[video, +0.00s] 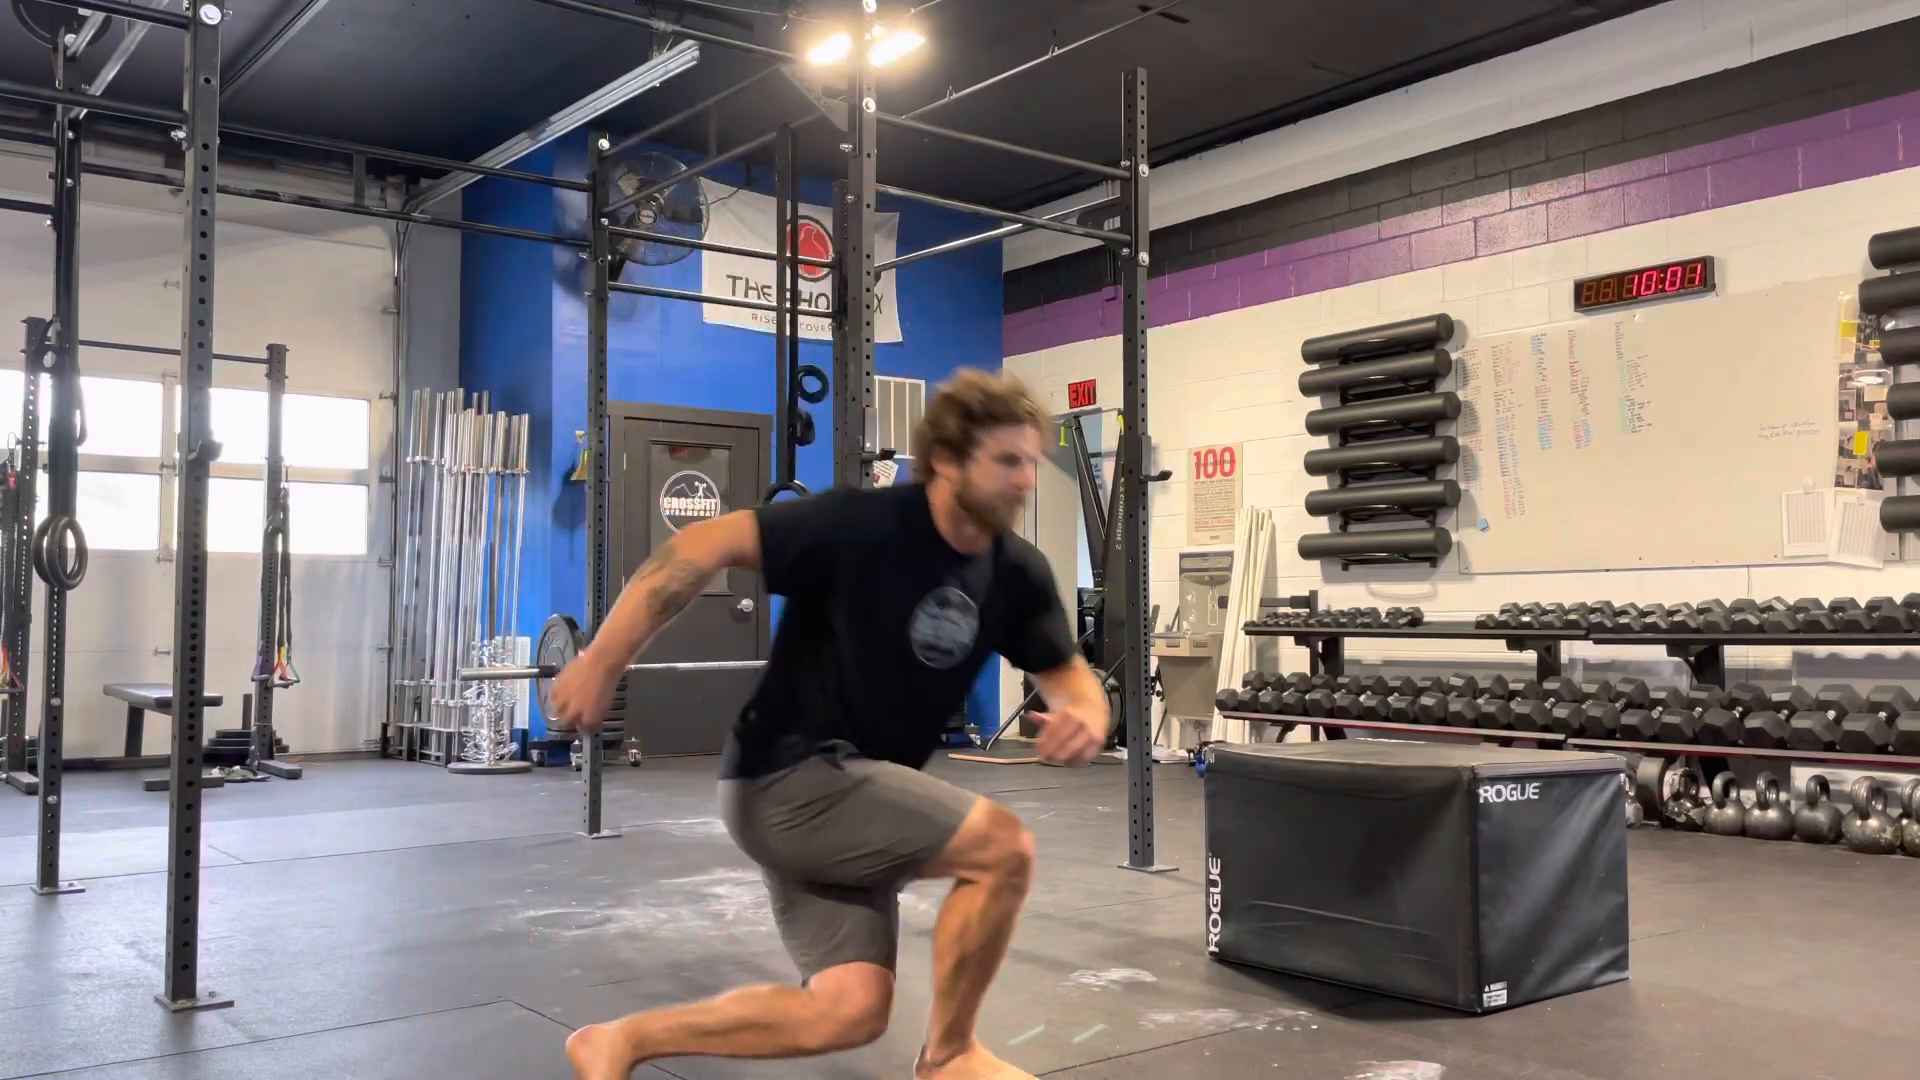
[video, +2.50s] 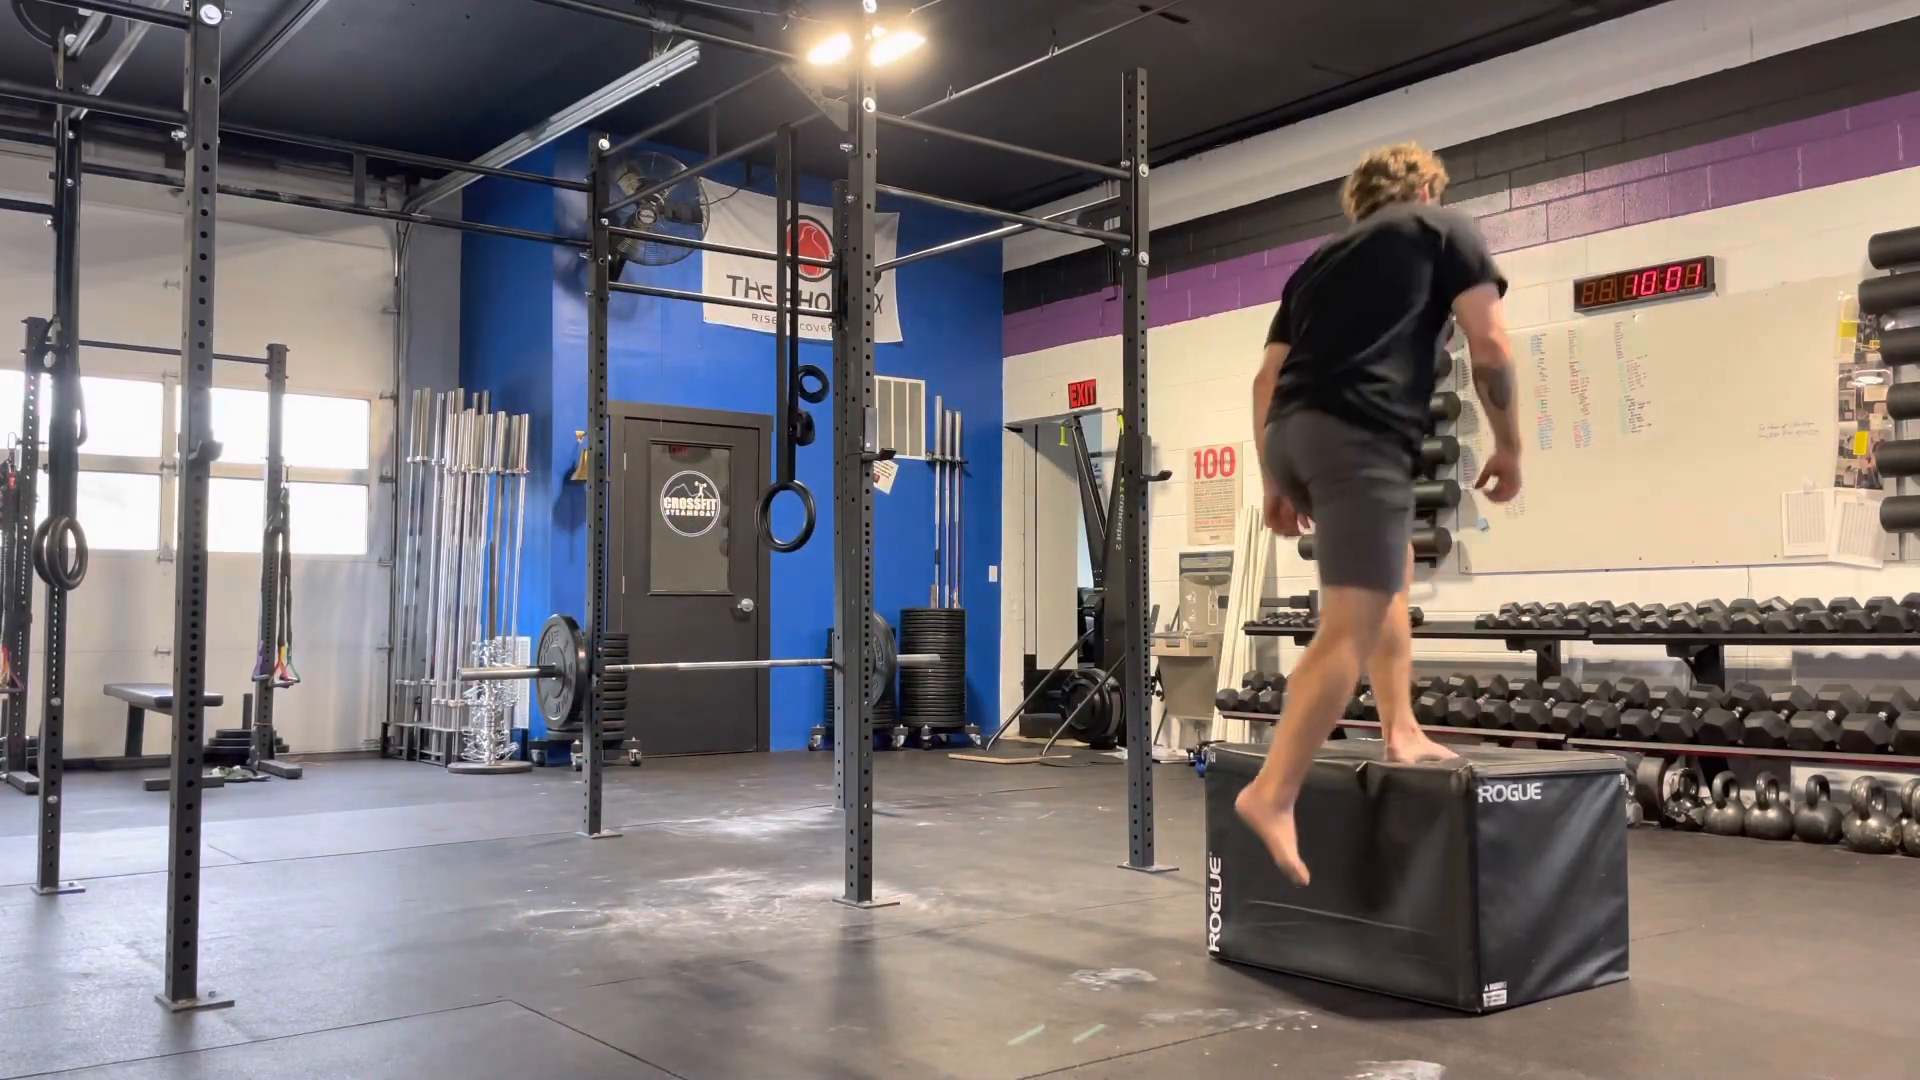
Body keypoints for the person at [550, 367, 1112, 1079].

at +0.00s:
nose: (1028, 481)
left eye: (1034, 464)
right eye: (1010, 462)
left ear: (1039, 466)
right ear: (946, 463)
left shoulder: (1016, 577)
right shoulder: (858, 524)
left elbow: (1069, 678)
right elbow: (701, 545)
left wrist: (1088, 714)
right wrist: (598, 662)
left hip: (853, 792)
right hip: (791, 777)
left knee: (853, 1007)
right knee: (1001, 848)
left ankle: (619, 1040)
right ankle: (948, 1052)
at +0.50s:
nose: (1287, 248)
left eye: (1289, 234)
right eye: (1286, 233)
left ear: (1201, 221)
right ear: (1261, 226)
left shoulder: (1147, 281)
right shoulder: (1239, 287)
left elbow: (1067, 351)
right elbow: (1331, 394)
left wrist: (1139, 398)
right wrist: (1406, 372)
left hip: (1122, 526)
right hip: (1124, 535)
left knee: (1263, 563)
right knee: (1081, 743)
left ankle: (1180, 711)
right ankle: (986, 965)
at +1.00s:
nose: (1469, 238)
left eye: (1468, 231)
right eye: (1468, 230)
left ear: (1384, 227)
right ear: (1455, 225)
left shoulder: (1337, 275)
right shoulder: (1471, 265)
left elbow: (1268, 390)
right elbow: (1501, 399)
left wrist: (1295, 487)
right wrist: (1504, 497)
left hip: (1312, 457)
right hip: (1403, 460)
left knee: (1395, 582)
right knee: (1457, 634)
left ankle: (1412, 738)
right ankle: (1332, 717)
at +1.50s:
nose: (1543, 151)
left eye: (1546, 142)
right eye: (1545, 141)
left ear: (1466, 123)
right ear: (1530, 131)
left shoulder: (1386, 186)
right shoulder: (1531, 188)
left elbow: (1330, 290)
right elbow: (1547, 318)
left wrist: (1321, 392)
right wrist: (1551, 427)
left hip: (1365, 391)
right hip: (1456, 391)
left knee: (1404, 560)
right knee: (1486, 568)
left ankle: (1407, 736)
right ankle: (1455, 740)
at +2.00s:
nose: (1500, 144)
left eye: (1500, 135)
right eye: (1499, 134)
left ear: (1419, 130)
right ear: (1482, 127)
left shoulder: (1365, 199)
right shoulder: (1488, 167)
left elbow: (1331, 323)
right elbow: (1500, 273)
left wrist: (1370, 377)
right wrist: (1520, 387)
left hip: (1352, 389)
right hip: (1438, 384)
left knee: (1398, 553)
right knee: (1502, 548)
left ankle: (1406, 732)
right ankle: (1457, 720)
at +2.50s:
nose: (1444, 202)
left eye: (1440, 192)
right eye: (1440, 192)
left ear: (1358, 202)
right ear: (1427, 190)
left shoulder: (1319, 261)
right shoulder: (1441, 227)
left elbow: (1268, 375)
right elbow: (1492, 351)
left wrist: (1273, 477)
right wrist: (1508, 449)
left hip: (1290, 429)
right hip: (1360, 433)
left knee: (1387, 577)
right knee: (1347, 636)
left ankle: (1402, 731)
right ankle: (1270, 794)